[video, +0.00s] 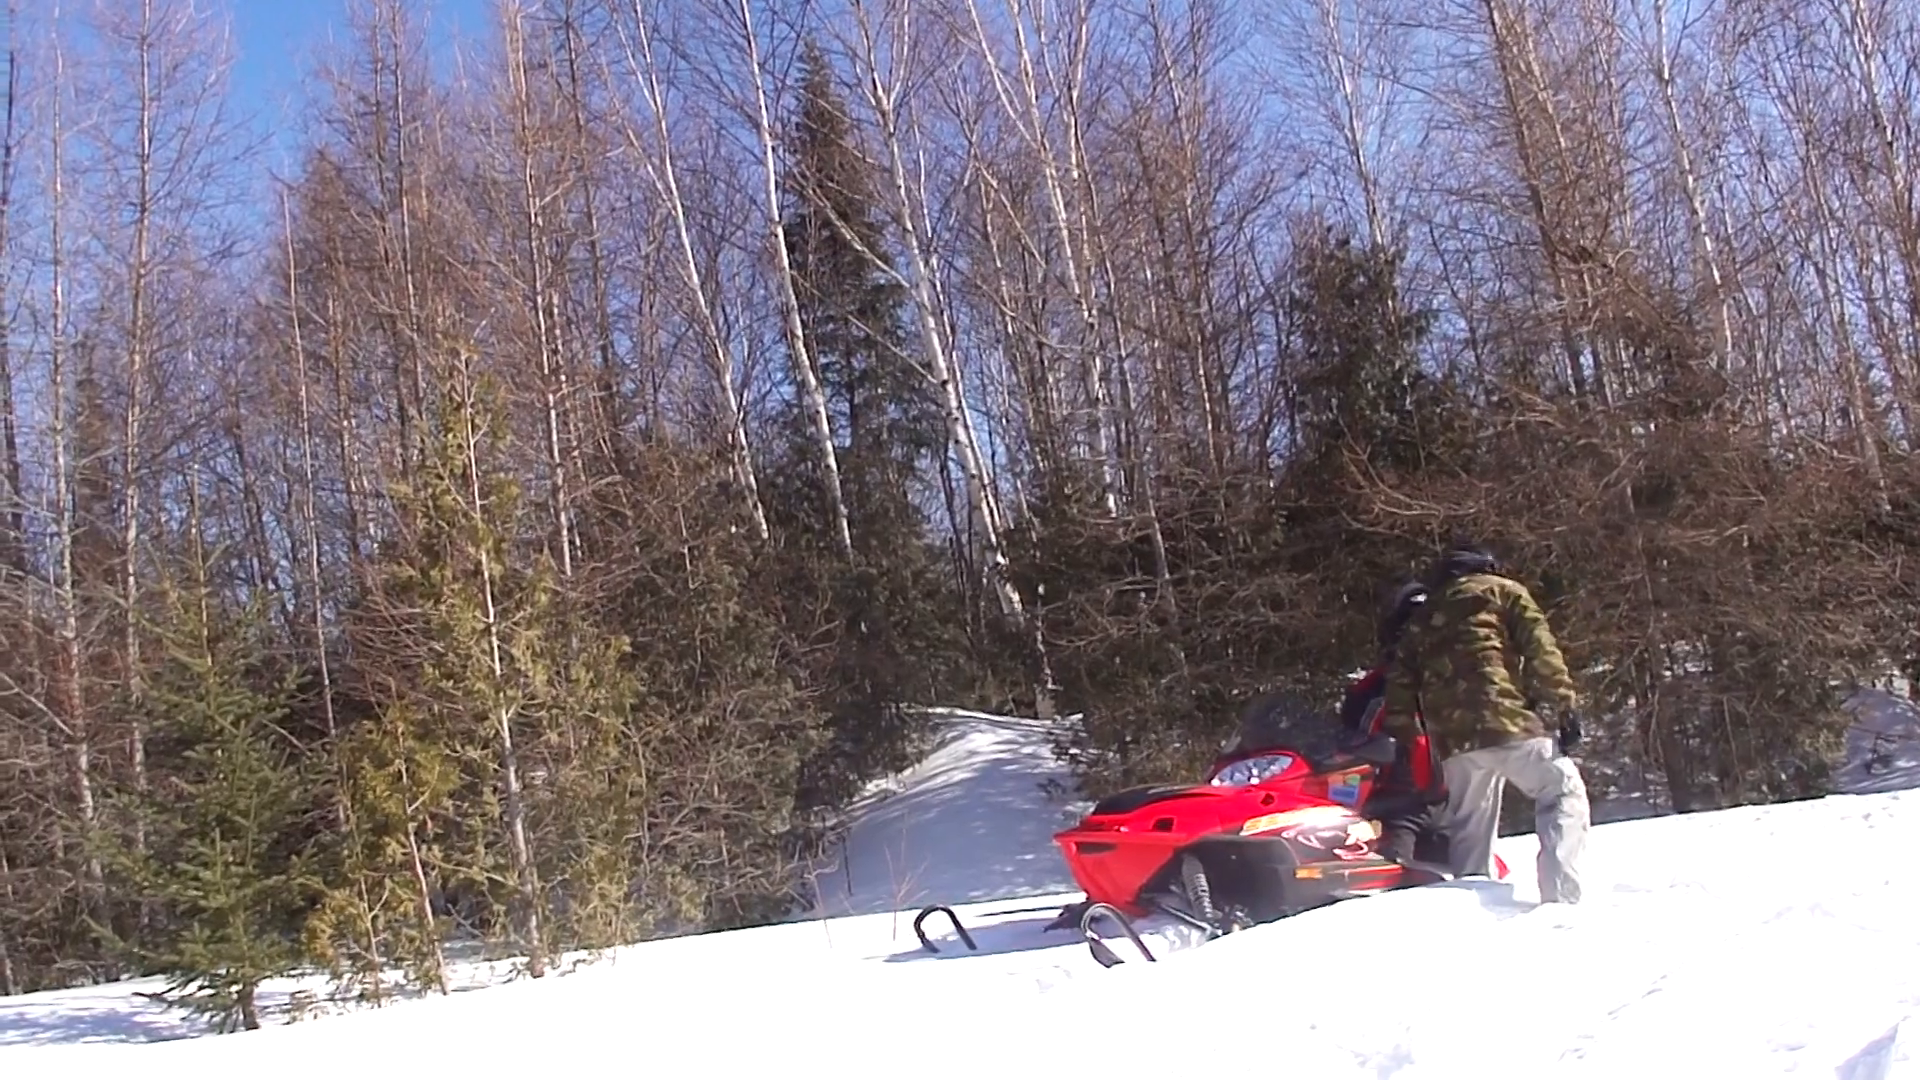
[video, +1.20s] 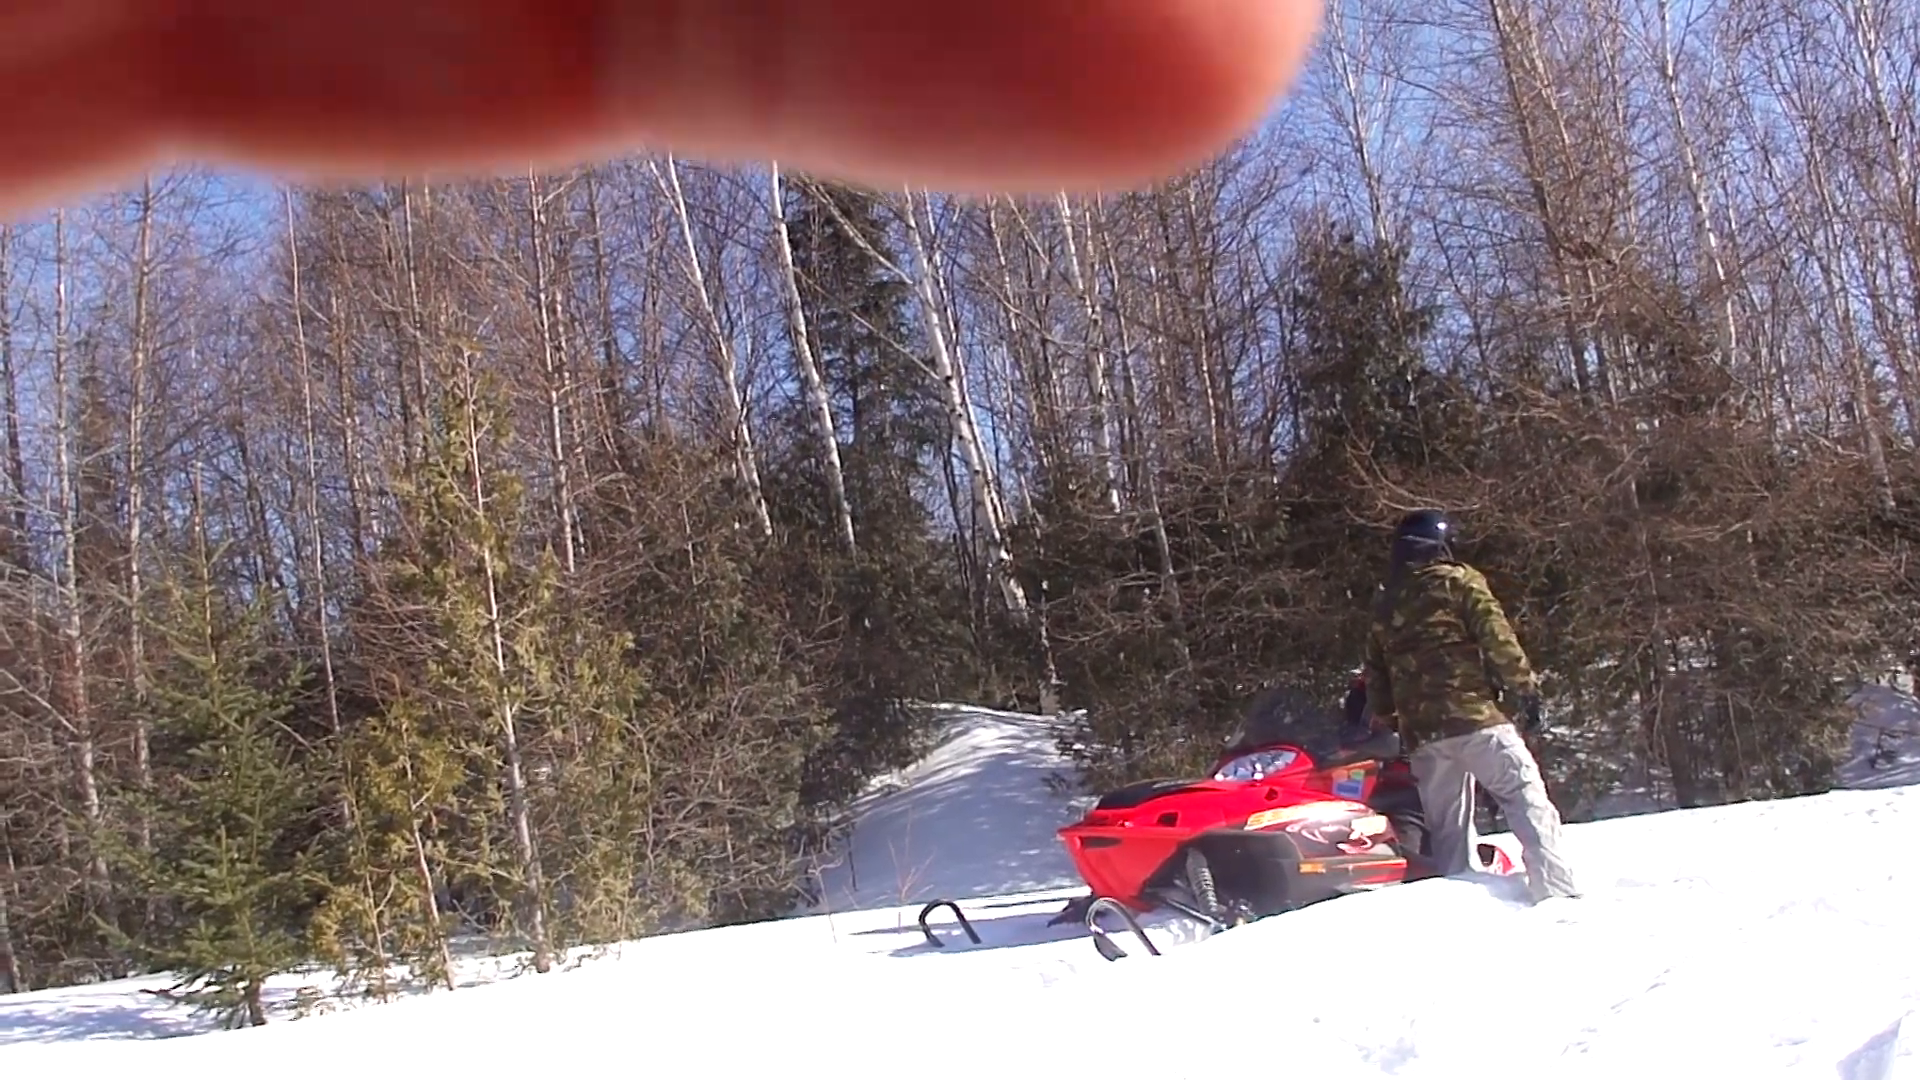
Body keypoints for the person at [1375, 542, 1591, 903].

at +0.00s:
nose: (1499, 573)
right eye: (1494, 567)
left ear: (1445, 573)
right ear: (1487, 567)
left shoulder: (1422, 613)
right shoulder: (1504, 590)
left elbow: (1400, 678)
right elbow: (1540, 649)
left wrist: (1403, 737)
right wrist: (1565, 706)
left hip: (1454, 739)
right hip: (1507, 726)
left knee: (1468, 835)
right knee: (1562, 790)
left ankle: (1468, 912)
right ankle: (1560, 896)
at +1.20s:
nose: (1453, 548)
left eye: (1449, 543)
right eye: (1449, 542)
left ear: (1401, 549)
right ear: (1441, 544)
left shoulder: (1385, 600)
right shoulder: (1460, 579)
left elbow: (1376, 674)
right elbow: (1496, 638)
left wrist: (1393, 717)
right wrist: (1526, 689)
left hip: (1421, 731)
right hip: (1474, 717)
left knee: (1446, 830)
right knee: (1523, 792)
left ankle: (1456, 908)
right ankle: (1554, 889)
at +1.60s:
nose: (1337, 206)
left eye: (1333, 200)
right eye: (1332, 200)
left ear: (1286, 211)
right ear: (1325, 205)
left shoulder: (1271, 268)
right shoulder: (1349, 244)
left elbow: (1266, 344)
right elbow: (1387, 303)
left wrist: (1289, 385)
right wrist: (1418, 352)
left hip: (1315, 394)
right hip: (1369, 378)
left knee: (1336, 494)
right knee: (1414, 457)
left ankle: (1342, 571)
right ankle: (1440, 547)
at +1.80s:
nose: (1326, 227)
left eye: (1322, 221)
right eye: (1322, 221)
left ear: (1276, 230)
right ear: (1317, 224)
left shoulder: (1260, 289)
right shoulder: (1338, 268)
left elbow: (1255, 360)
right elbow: (1375, 327)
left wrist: (1266, 403)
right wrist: (1405, 377)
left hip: (1303, 422)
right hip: (1359, 405)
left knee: (1325, 524)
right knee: (1405, 490)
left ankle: (1335, 601)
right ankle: (1434, 579)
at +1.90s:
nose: (1358, 363)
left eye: (1354, 358)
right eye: (1354, 357)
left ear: (1308, 364)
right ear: (1348, 360)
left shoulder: (1293, 422)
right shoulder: (1368, 401)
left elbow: (1287, 493)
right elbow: (1405, 462)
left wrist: (1296, 535)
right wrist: (1434, 513)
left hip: (1333, 555)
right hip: (1389, 539)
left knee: (1356, 658)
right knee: (1435, 624)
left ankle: (1367, 734)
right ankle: (1465, 713)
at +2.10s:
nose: (1403, 536)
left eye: (1399, 530)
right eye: (1399, 529)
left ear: (1350, 536)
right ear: (1391, 531)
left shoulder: (1333, 592)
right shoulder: (1411, 570)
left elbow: (1330, 664)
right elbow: (1448, 632)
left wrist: (1346, 707)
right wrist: (1477, 683)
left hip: (1375, 721)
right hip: (1430, 706)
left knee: (1399, 822)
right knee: (1476, 786)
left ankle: (1410, 898)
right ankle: (1508, 877)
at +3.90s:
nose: (1431, 526)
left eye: (1428, 521)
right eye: (1428, 520)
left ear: (1380, 526)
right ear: (1420, 522)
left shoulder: (1364, 579)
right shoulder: (1439, 557)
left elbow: (1356, 650)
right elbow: (1475, 618)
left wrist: (1367, 694)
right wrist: (1503, 672)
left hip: (1401, 707)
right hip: (1456, 694)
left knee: (1426, 805)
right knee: (1501, 773)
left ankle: (1434, 885)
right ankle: (1533, 863)